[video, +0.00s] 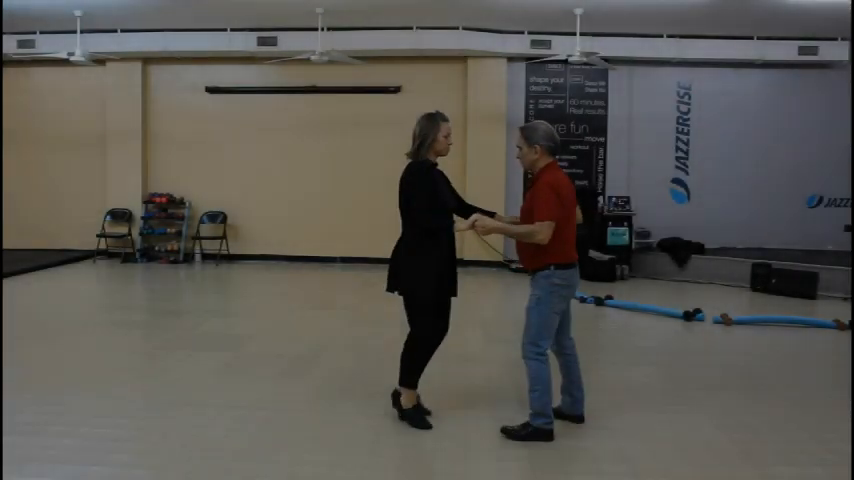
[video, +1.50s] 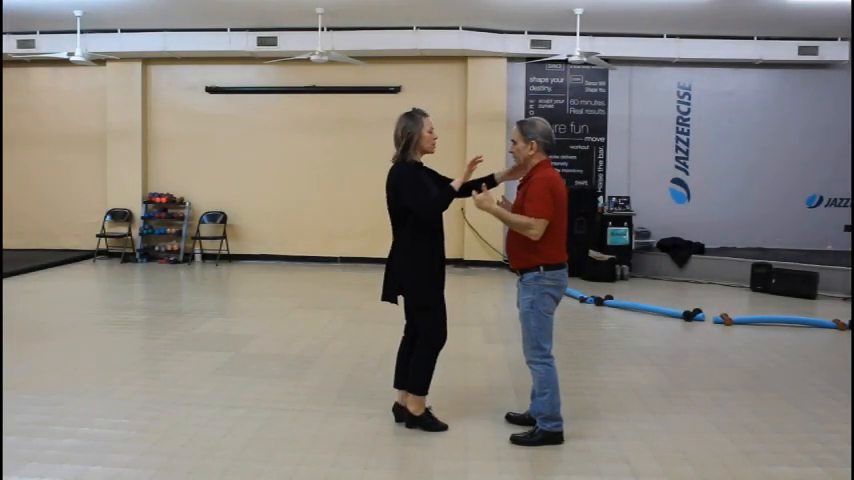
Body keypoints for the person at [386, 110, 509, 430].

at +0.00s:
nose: (450, 142)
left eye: (450, 136)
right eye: (445, 136)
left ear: (436, 137)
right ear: (429, 137)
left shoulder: (434, 173)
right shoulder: (417, 174)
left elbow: (462, 207)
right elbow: (424, 224)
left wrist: (502, 220)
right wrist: (463, 226)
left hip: (434, 267)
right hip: (417, 268)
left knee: (436, 328)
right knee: (424, 329)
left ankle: (407, 391)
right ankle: (406, 397)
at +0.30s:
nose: (447, 139)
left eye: (446, 133)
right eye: (442, 134)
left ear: (428, 138)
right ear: (425, 137)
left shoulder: (432, 174)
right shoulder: (413, 174)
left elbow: (458, 210)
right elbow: (413, 225)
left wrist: (502, 222)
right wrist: (450, 232)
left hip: (428, 268)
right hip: (415, 269)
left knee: (423, 332)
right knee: (420, 332)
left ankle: (406, 398)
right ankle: (399, 403)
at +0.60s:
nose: (443, 138)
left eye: (443, 132)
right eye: (438, 133)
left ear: (424, 137)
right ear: (420, 135)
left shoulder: (426, 173)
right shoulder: (411, 174)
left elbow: (451, 212)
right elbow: (422, 221)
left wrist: (494, 224)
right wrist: (461, 218)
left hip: (424, 270)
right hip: (410, 271)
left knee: (424, 331)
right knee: (417, 333)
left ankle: (408, 398)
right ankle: (399, 407)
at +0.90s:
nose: (437, 140)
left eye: (437, 134)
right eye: (431, 135)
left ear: (427, 137)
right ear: (413, 138)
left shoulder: (422, 172)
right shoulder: (405, 174)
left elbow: (451, 206)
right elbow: (424, 213)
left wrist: (491, 213)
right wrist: (449, 182)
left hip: (428, 270)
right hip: (411, 271)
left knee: (427, 334)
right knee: (411, 335)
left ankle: (408, 401)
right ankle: (399, 407)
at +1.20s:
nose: (433, 134)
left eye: (431, 129)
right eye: (427, 130)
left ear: (419, 136)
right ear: (410, 135)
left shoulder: (422, 172)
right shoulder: (403, 174)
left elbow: (447, 207)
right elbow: (420, 218)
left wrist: (491, 201)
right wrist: (446, 194)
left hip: (423, 271)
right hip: (411, 272)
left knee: (421, 333)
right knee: (425, 335)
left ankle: (405, 401)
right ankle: (402, 405)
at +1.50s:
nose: (435, 136)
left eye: (434, 131)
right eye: (430, 131)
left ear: (415, 136)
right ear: (414, 135)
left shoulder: (416, 170)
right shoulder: (406, 173)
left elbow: (460, 188)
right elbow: (431, 207)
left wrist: (505, 175)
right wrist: (456, 183)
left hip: (418, 269)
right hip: (420, 271)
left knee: (416, 332)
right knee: (433, 335)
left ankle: (403, 402)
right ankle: (416, 407)